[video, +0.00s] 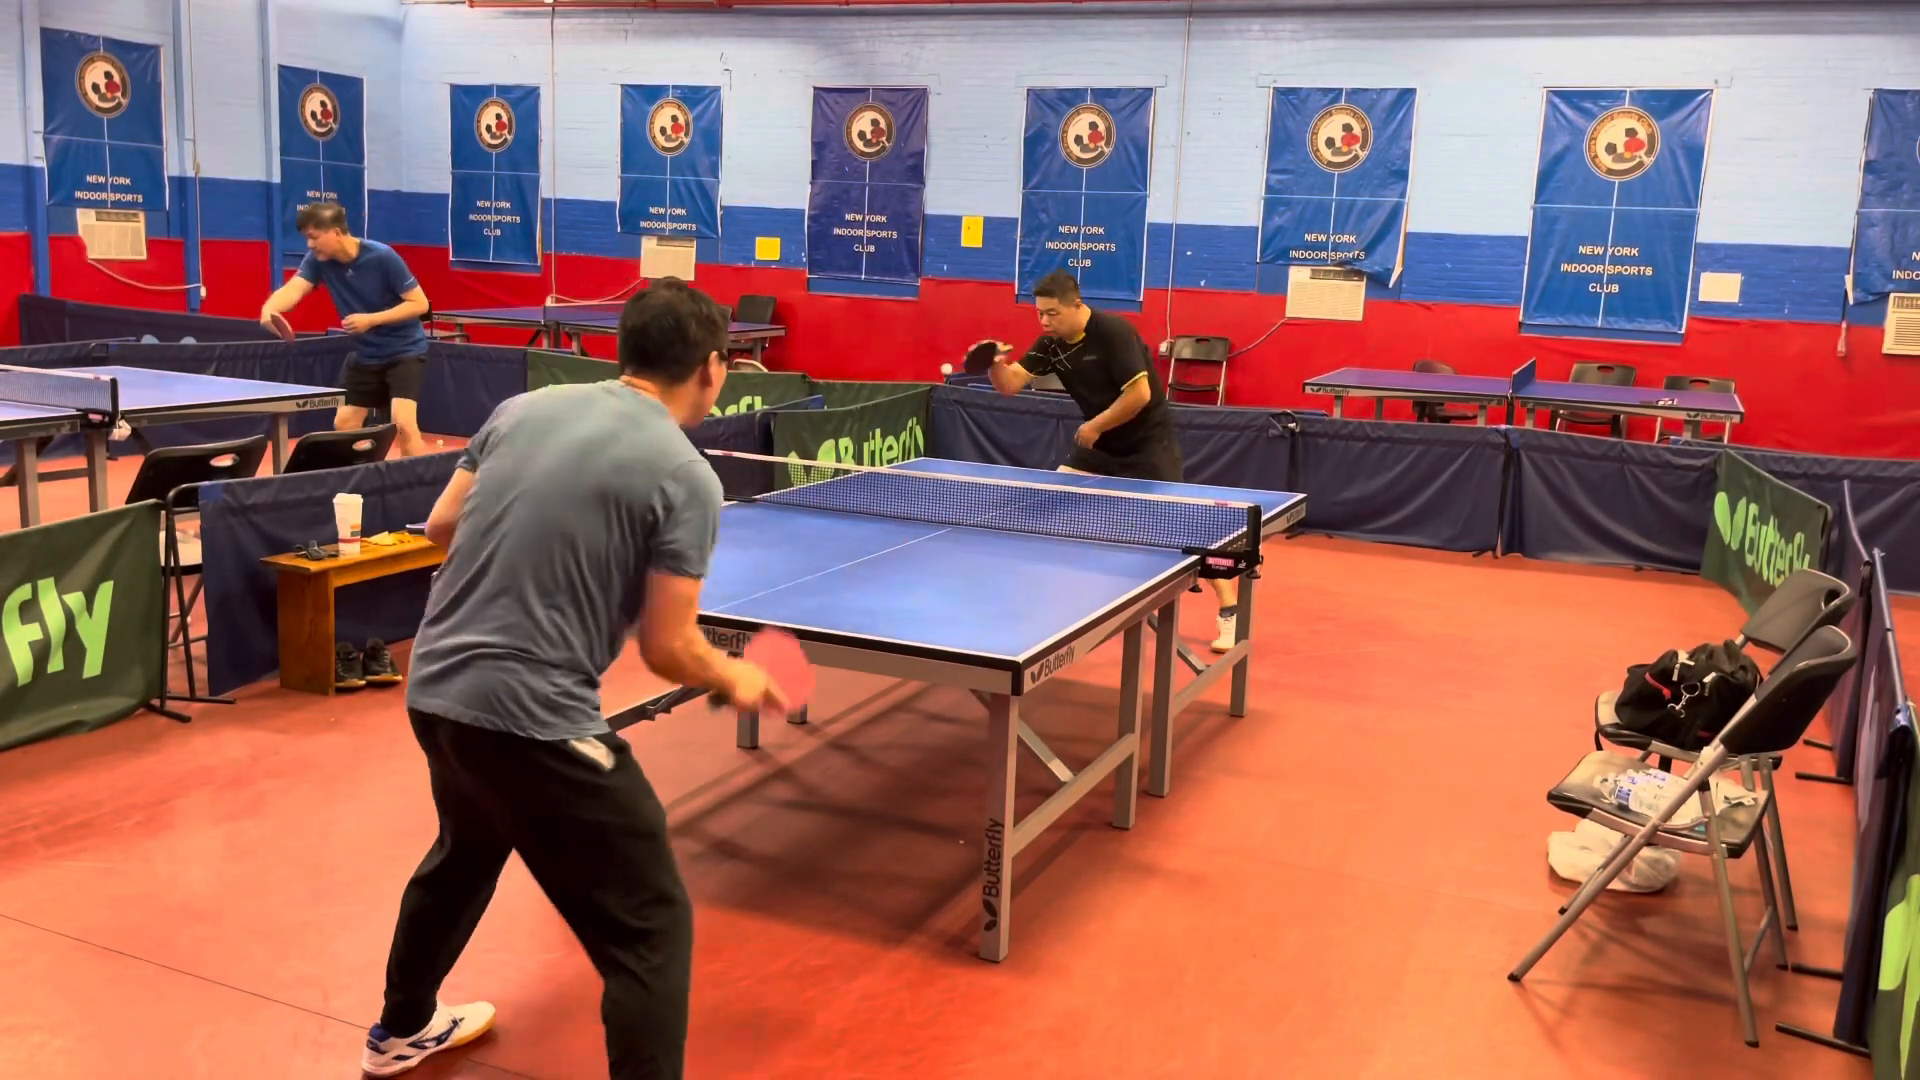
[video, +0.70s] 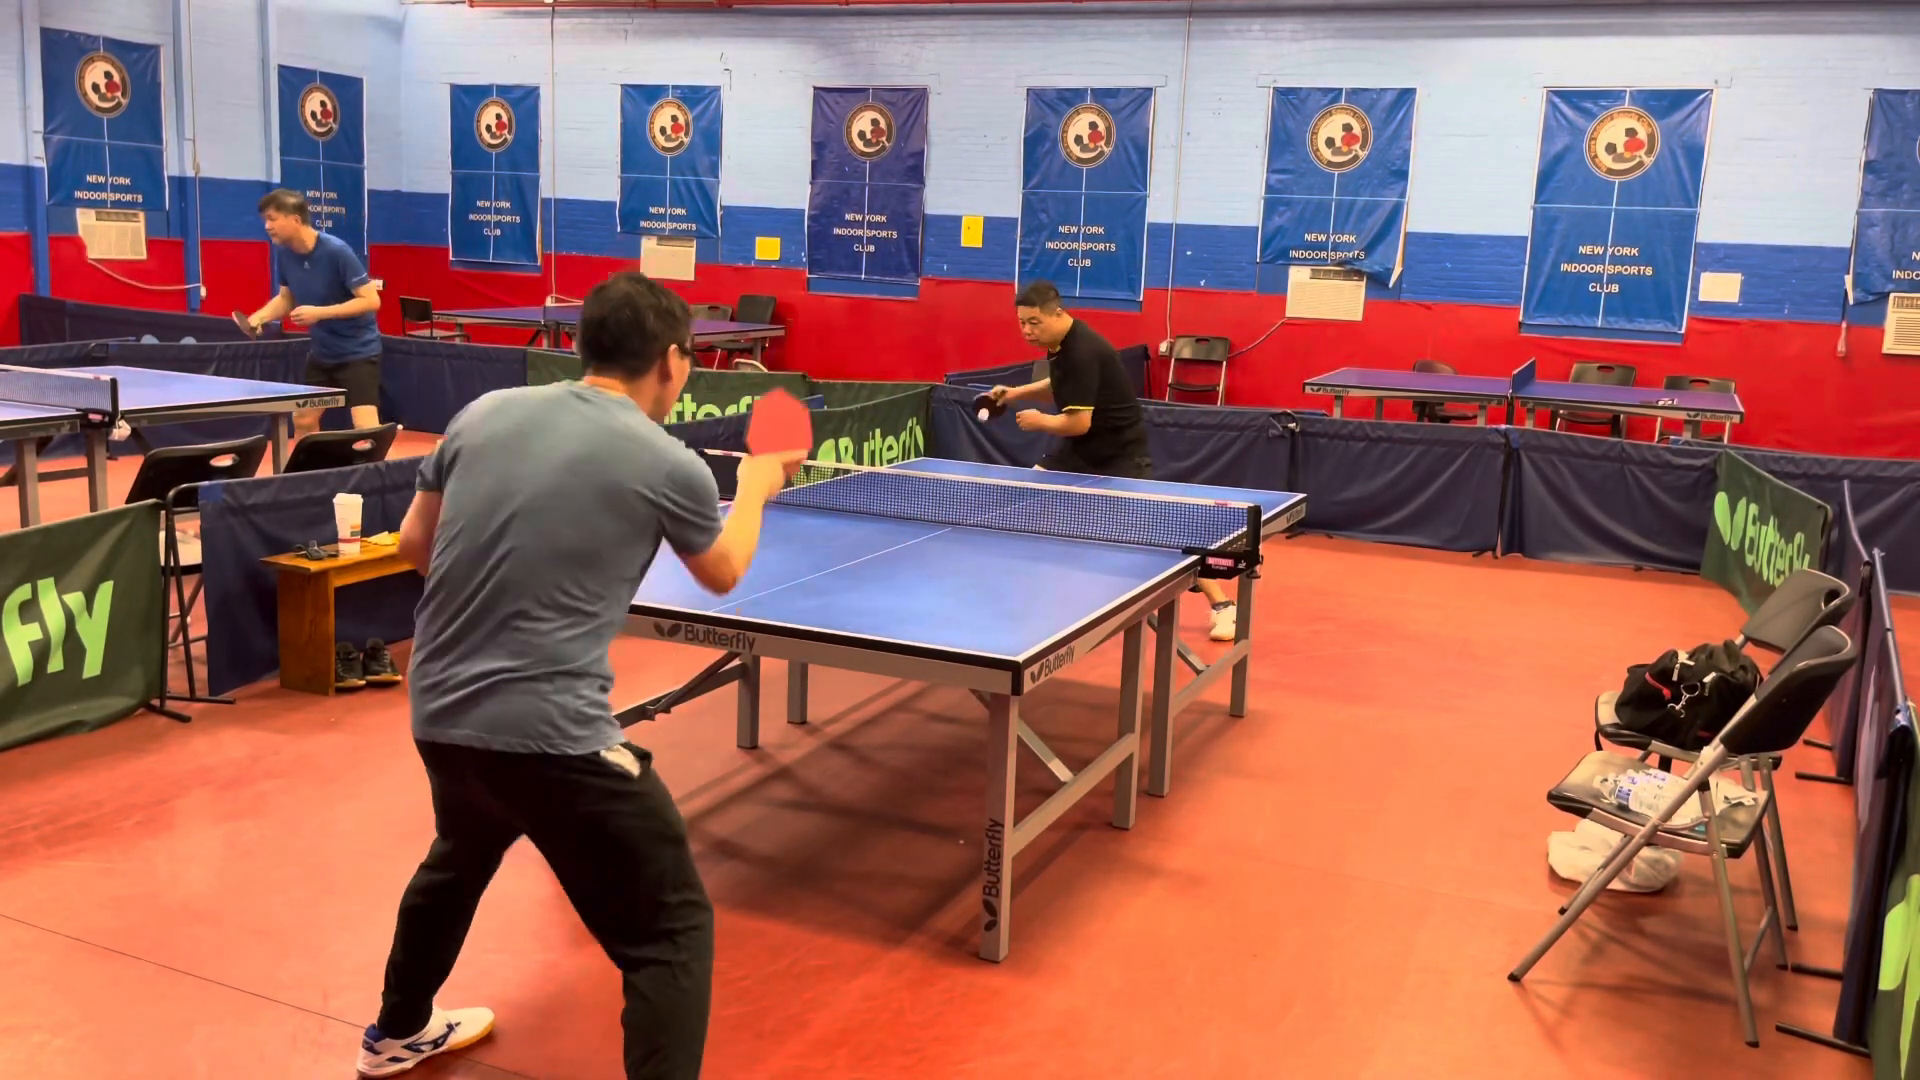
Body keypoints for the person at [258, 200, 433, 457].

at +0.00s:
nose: (310, 245)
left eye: (314, 238)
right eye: (307, 239)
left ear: (336, 233)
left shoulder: (382, 256)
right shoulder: (318, 260)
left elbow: (420, 304)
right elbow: (294, 289)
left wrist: (371, 319)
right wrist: (268, 308)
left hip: (406, 351)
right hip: (366, 353)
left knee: (403, 423)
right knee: (344, 423)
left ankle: (420, 492)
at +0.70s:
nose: (267, 227)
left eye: (272, 219)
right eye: (266, 220)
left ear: (296, 220)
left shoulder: (337, 251)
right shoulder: (284, 253)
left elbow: (371, 300)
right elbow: (287, 297)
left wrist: (319, 313)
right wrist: (257, 318)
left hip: (359, 353)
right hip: (321, 352)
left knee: (365, 425)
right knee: (304, 420)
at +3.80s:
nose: (339, 207)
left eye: (345, 201)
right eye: (338, 201)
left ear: (368, 204)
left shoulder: (400, 245)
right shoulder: (347, 241)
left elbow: (423, 299)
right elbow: (352, 292)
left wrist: (369, 300)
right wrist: (326, 307)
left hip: (391, 355)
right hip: (352, 353)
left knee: (408, 432)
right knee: (353, 429)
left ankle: (440, 497)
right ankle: (357, 497)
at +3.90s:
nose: (337, 207)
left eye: (344, 201)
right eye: (336, 201)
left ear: (367, 204)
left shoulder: (399, 245)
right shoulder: (347, 241)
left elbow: (423, 298)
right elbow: (350, 292)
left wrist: (369, 300)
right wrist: (326, 306)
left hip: (392, 355)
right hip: (353, 353)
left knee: (410, 432)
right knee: (353, 430)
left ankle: (438, 497)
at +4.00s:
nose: (333, 209)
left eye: (339, 203)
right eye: (332, 203)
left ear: (362, 206)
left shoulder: (396, 245)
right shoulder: (344, 242)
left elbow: (422, 298)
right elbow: (347, 293)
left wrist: (368, 301)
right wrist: (324, 307)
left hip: (394, 355)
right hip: (356, 353)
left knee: (410, 432)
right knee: (350, 427)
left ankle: (439, 496)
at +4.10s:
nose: (324, 216)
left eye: (330, 209)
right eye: (323, 210)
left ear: (353, 210)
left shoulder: (389, 245)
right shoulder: (336, 246)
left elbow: (420, 296)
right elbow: (340, 296)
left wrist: (367, 304)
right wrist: (320, 311)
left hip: (397, 354)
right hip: (358, 354)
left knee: (409, 427)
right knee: (347, 423)